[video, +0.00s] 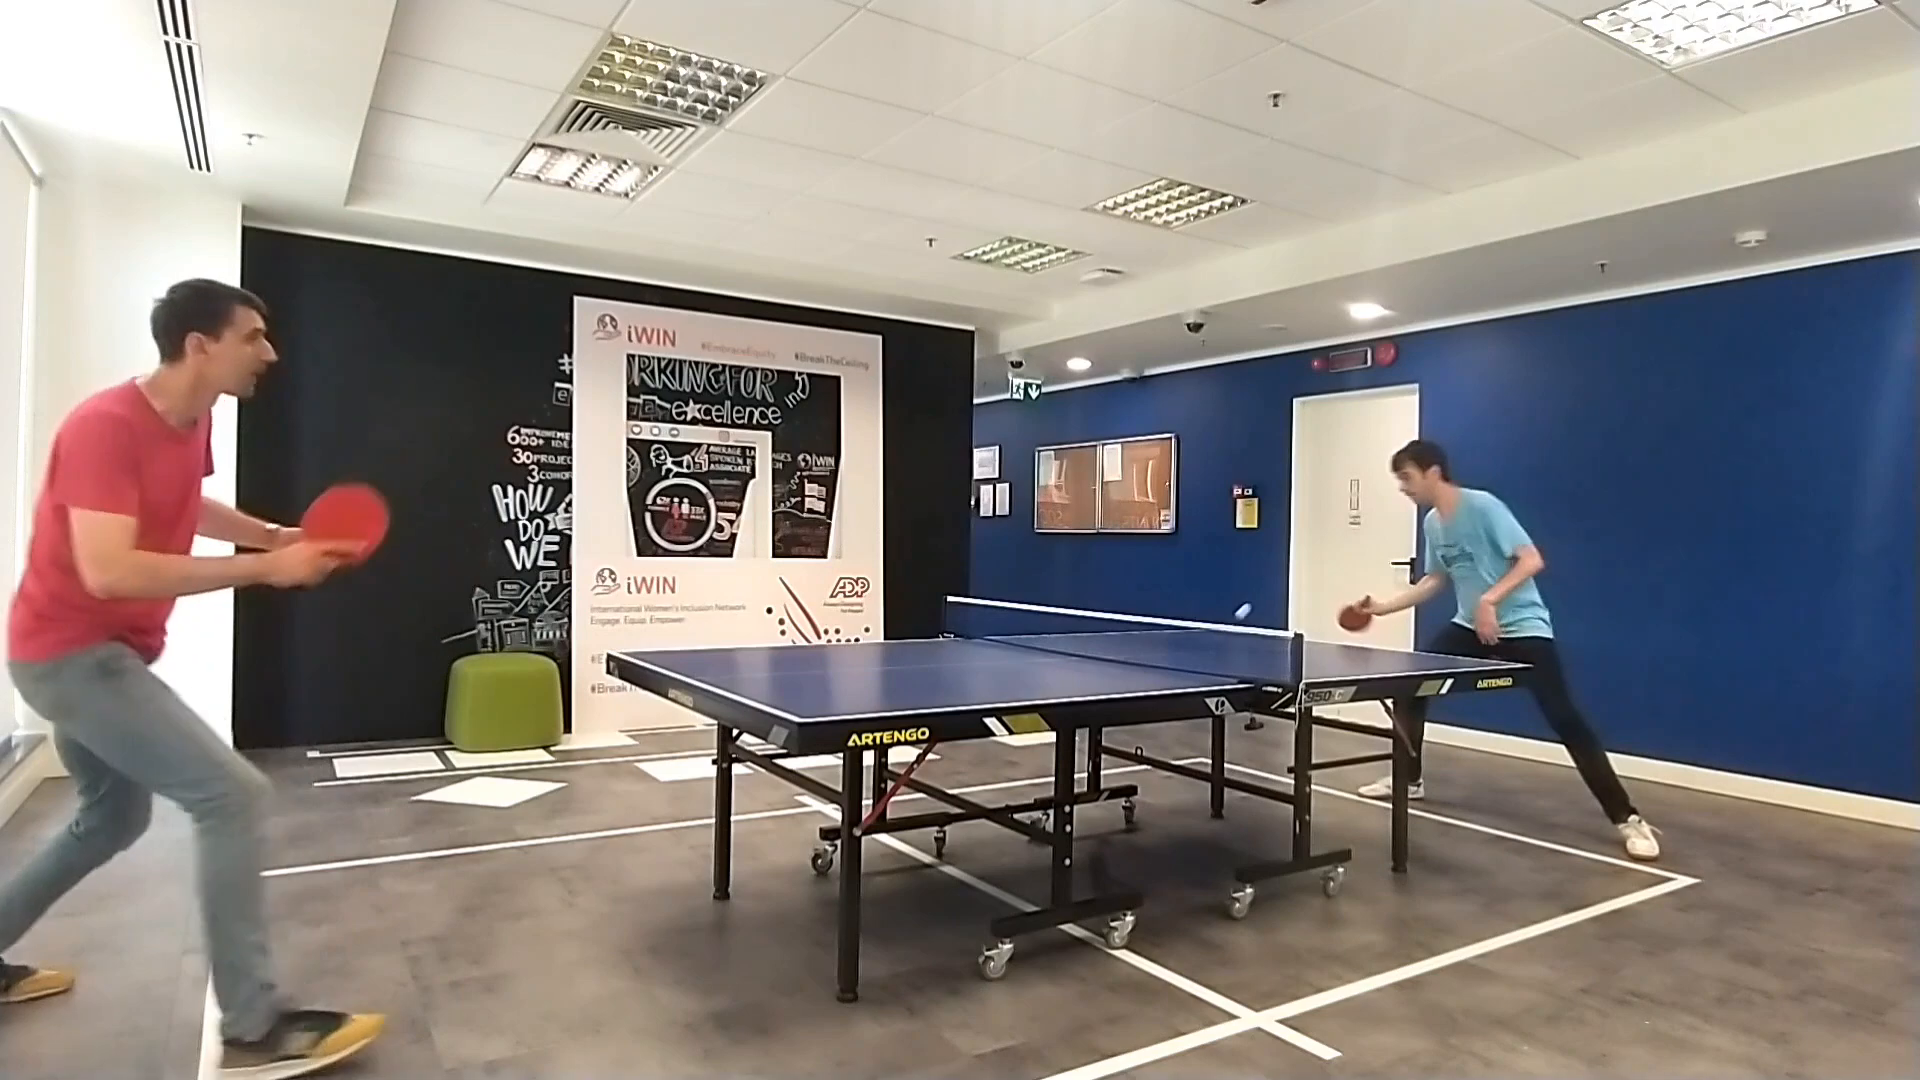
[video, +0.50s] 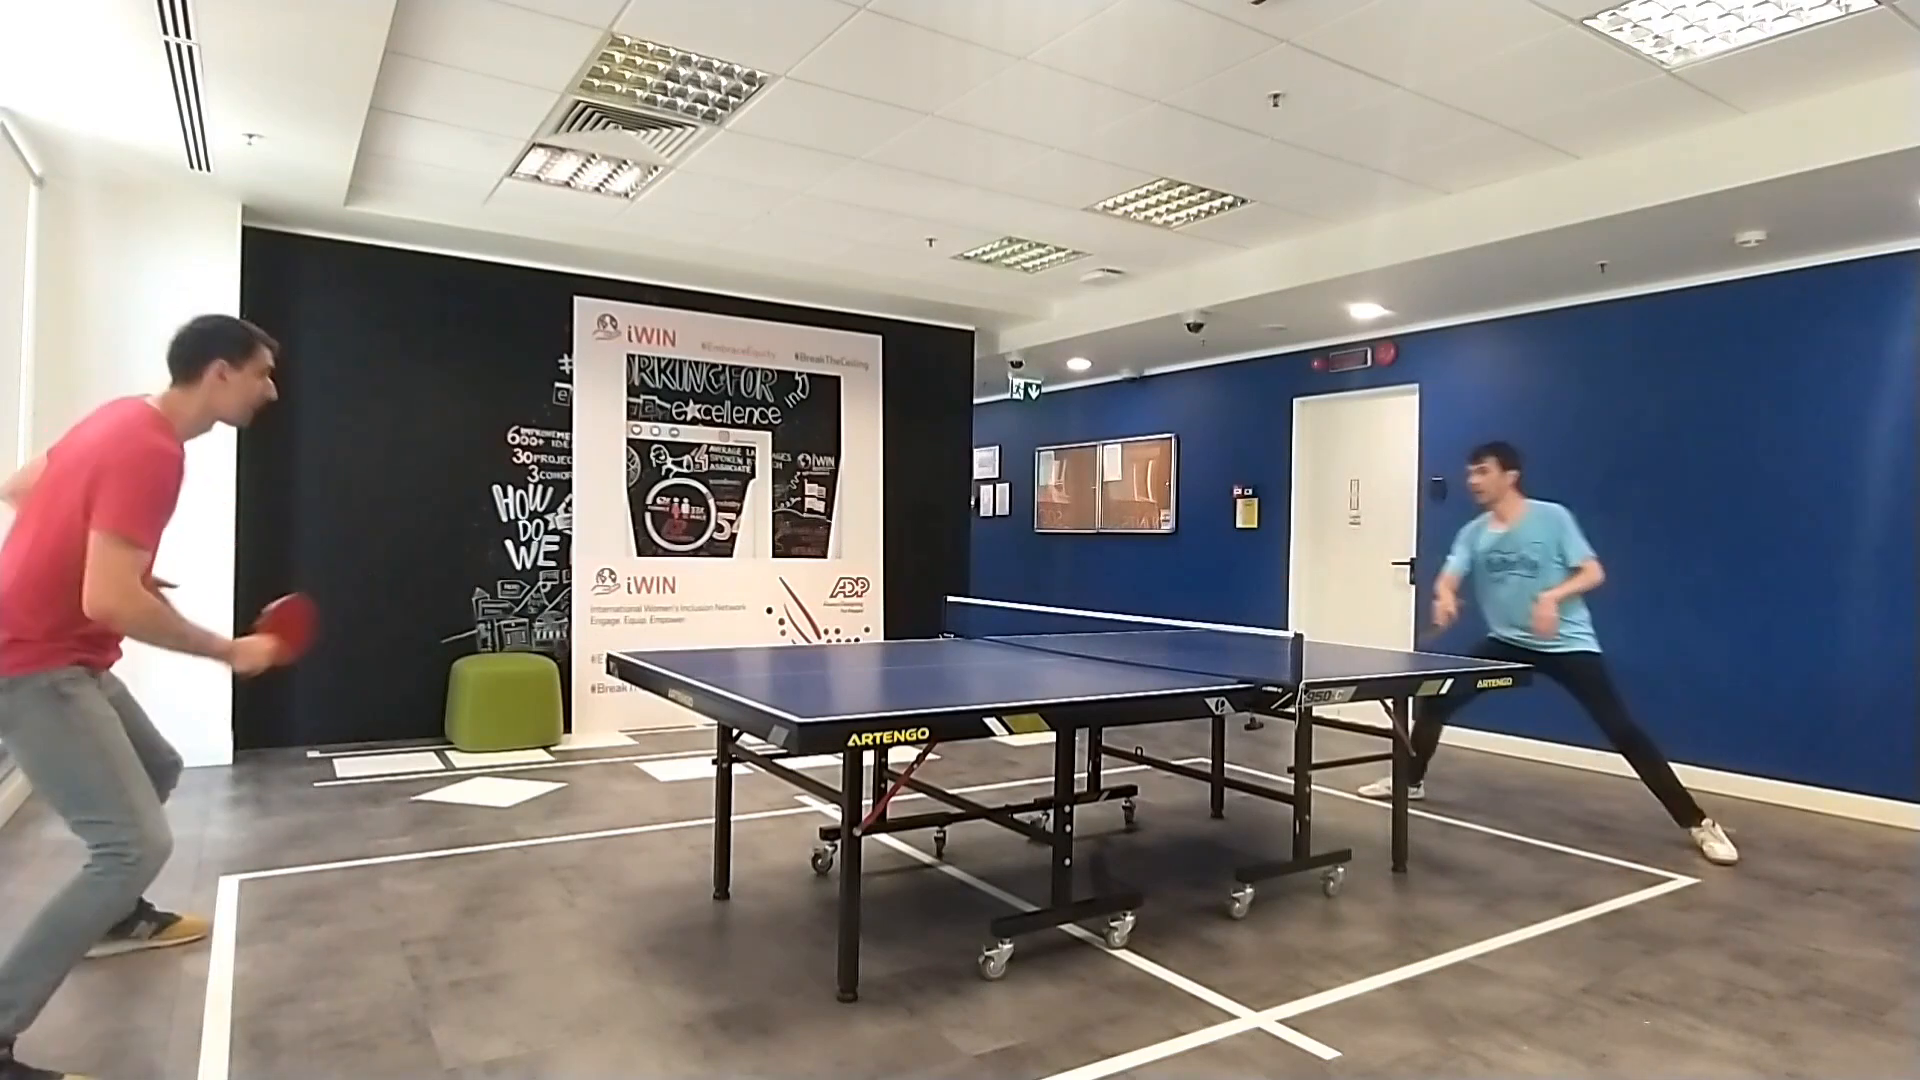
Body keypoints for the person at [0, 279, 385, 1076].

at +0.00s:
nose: (268, 353)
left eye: (265, 337)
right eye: (254, 337)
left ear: (205, 350)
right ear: (198, 346)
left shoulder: (192, 425)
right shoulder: (105, 427)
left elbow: (181, 508)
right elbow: (108, 571)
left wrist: (277, 539)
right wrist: (261, 568)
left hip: (107, 650)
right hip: (68, 656)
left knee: (111, 818)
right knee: (230, 795)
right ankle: (253, 1023)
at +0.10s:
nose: (250, 323)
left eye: (247, 308)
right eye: (236, 308)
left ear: (188, 319)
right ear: (181, 315)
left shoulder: (169, 399)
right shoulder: (88, 399)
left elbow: (151, 489)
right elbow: (70, 548)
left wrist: (242, 523)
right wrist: (227, 578)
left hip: (91, 629)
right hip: (51, 633)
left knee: (88, 800)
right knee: (185, 796)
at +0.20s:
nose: (241, 313)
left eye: (238, 298)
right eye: (227, 296)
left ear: (178, 308)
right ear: (170, 302)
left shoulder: (159, 399)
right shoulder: (89, 391)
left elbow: (134, 487)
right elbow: (71, 539)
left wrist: (214, 517)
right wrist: (223, 577)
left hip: (95, 629)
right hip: (47, 631)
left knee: (93, 805)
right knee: (124, 822)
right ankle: (1, 1020)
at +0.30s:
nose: (243, 334)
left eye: (240, 318)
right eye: (230, 317)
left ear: (179, 325)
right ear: (174, 322)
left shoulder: (150, 410)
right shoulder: (96, 404)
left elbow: (111, 511)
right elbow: (92, 557)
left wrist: (183, 533)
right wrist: (246, 588)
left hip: (87, 635)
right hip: (29, 640)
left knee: (135, 779)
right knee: (107, 833)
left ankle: (16, 918)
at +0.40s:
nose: (254, 362)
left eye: (252, 346)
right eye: (243, 345)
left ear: (192, 352)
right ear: (190, 348)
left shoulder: (148, 429)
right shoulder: (109, 425)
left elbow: (112, 535)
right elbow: (111, 583)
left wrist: (164, 563)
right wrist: (264, 610)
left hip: (69, 645)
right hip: (22, 653)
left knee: (145, 770)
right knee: (120, 841)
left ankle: (88, 912)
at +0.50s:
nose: (271, 393)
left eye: (271, 377)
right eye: (264, 375)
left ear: (212, 373)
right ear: (216, 372)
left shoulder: (121, 421)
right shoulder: (145, 448)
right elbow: (111, 599)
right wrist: (228, 650)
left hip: (62, 656)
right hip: (33, 668)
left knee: (156, 770)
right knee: (134, 848)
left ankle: (113, 912)